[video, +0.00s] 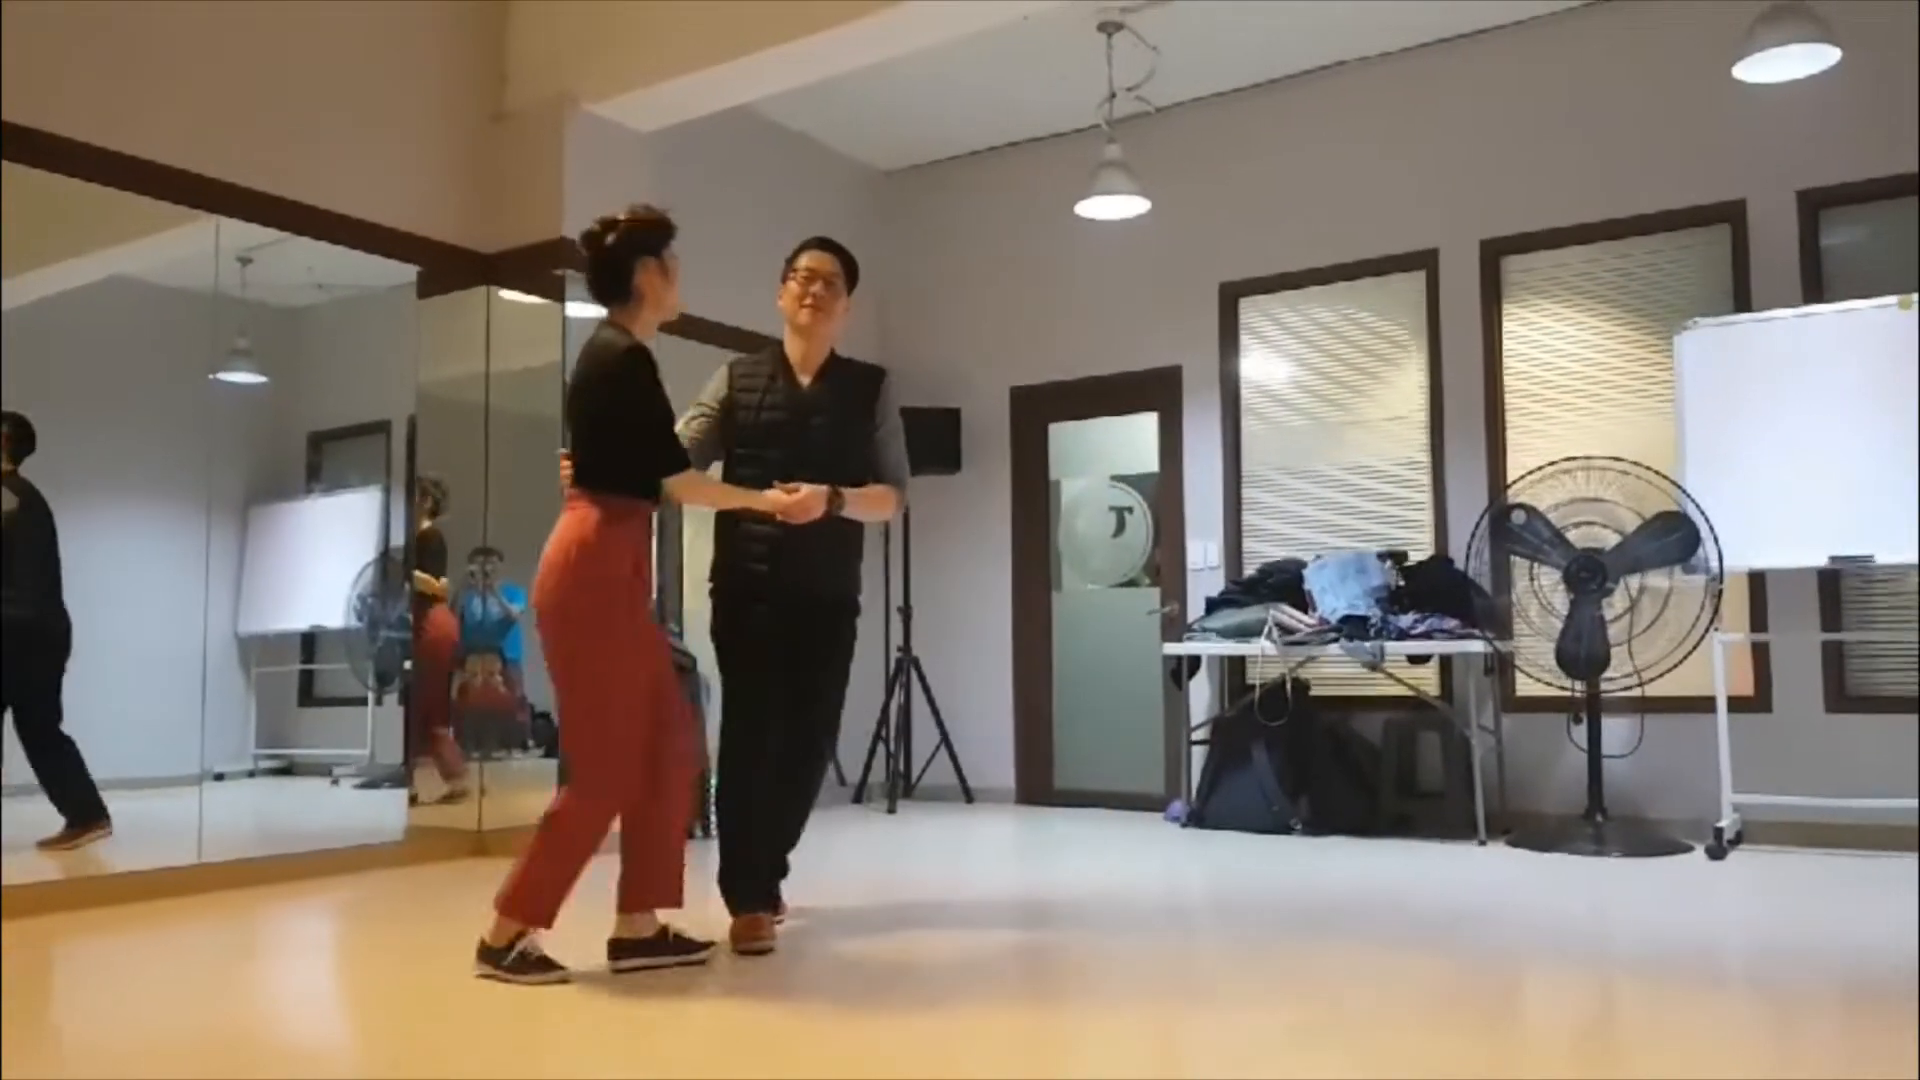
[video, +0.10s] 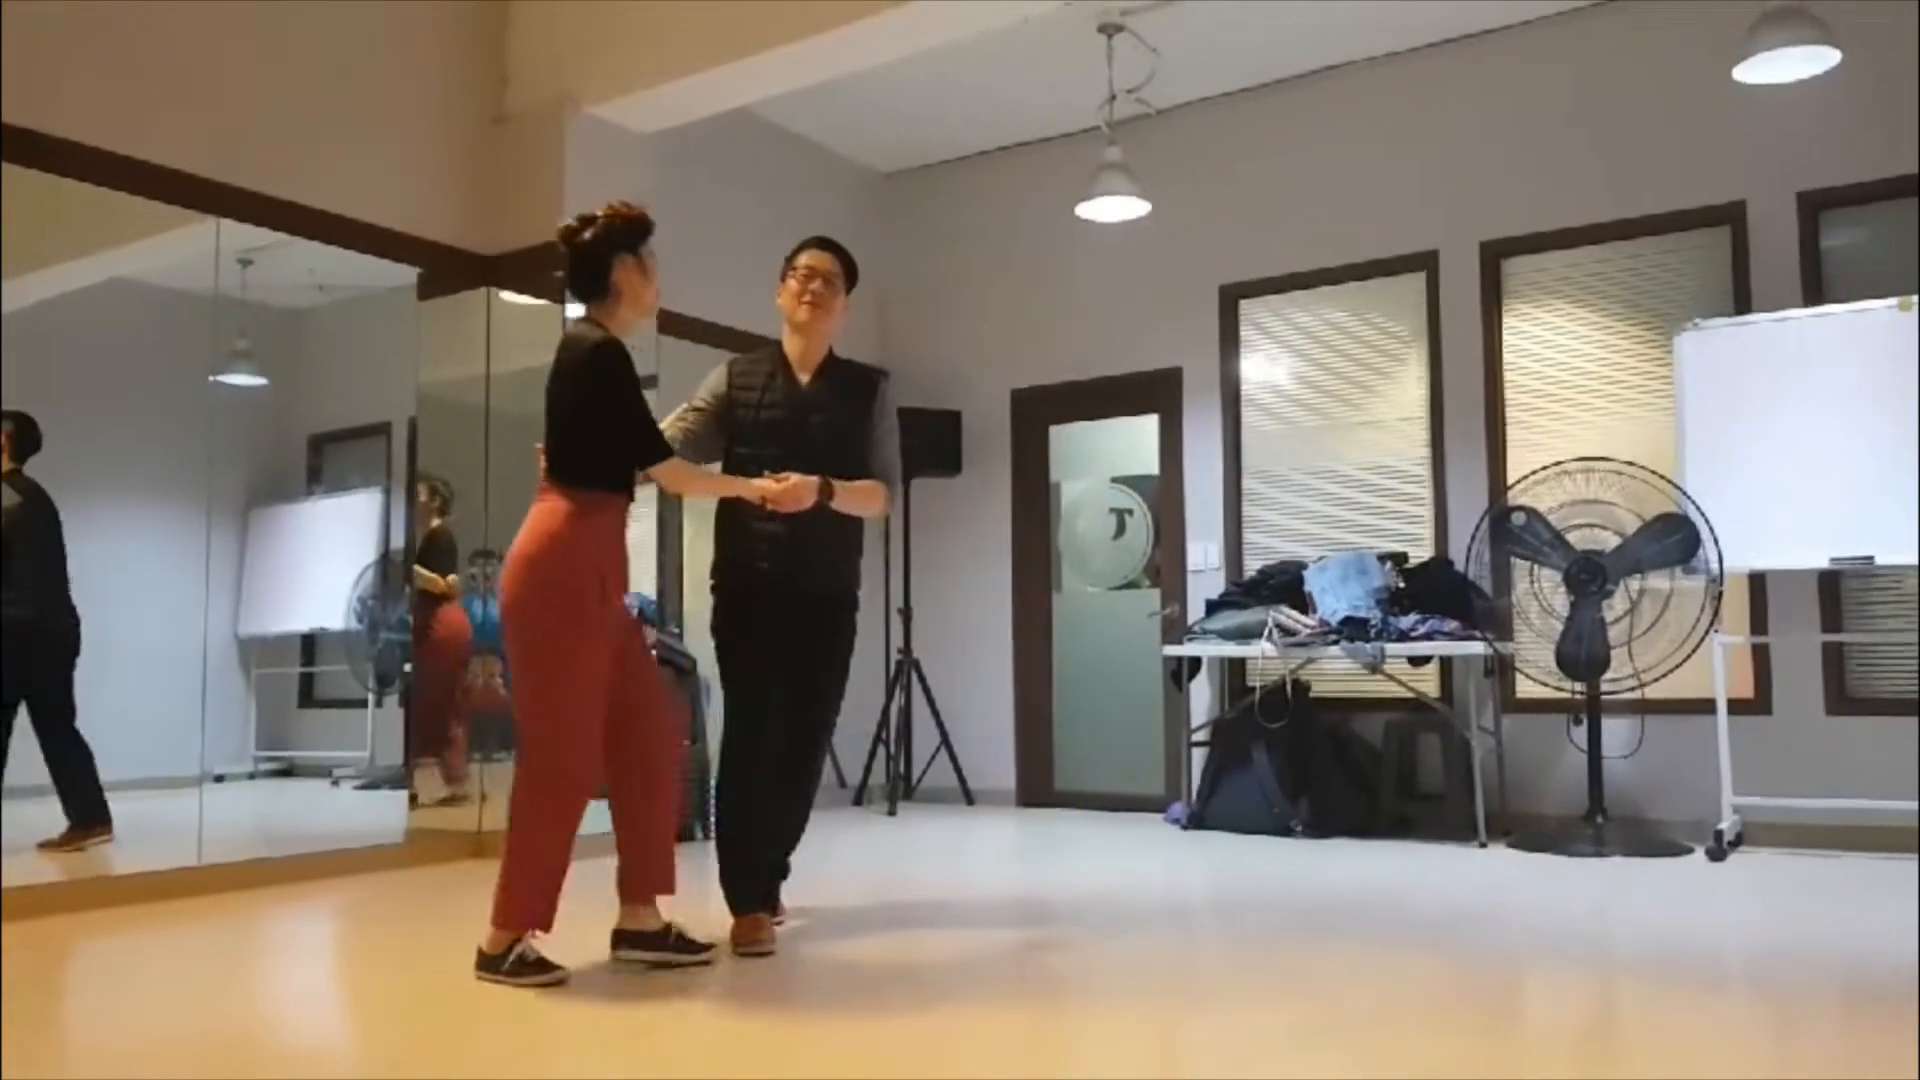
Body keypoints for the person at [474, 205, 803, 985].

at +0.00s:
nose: (679, 278)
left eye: (672, 265)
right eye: (670, 266)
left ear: (624, 280)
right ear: (645, 278)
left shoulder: (611, 358)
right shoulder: (622, 361)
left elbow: (643, 476)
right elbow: (673, 480)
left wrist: (743, 495)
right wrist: (766, 501)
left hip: (607, 572)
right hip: (593, 572)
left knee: (671, 738)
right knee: (609, 759)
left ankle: (640, 926)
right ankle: (507, 935)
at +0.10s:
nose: (657, 282)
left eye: (651, 267)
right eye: (649, 268)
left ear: (606, 279)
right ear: (624, 276)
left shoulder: (588, 356)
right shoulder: (597, 358)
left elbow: (558, 461)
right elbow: (669, 472)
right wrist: (755, 487)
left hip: (587, 570)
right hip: (561, 570)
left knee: (649, 727)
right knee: (560, 752)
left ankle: (642, 920)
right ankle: (505, 939)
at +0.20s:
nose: (646, 275)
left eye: (641, 260)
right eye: (637, 261)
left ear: (596, 269)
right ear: (607, 268)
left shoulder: (564, 346)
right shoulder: (579, 348)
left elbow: (533, 455)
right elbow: (652, 457)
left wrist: (611, 474)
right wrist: (746, 469)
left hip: (572, 572)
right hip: (537, 570)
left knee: (645, 724)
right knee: (535, 748)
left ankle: (636, 908)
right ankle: (502, 941)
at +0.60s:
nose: (655, 290)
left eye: (650, 277)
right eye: (646, 277)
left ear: (604, 290)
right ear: (619, 287)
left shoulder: (595, 366)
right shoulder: (593, 368)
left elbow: (572, 478)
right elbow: (632, 486)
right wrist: (726, 498)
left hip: (589, 576)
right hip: (570, 575)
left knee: (625, 751)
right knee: (585, 752)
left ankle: (564, 921)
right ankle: (511, 935)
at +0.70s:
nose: (669, 281)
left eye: (663, 268)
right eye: (662, 268)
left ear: (615, 281)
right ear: (640, 277)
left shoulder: (602, 357)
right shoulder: (612, 361)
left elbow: (597, 471)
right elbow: (632, 479)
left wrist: (679, 468)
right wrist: (728, 485)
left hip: (582, 565)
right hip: (589, 570)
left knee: (604, 738)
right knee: (634, 738)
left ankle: (571, 918)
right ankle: (542, 908)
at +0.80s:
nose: (688, 283)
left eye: (683, 269)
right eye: (681, 269)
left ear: (633, 280)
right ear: (656, 277)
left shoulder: (615, 357)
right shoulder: (627, 364)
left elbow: (615, 472)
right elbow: (642, 480)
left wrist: (696, 464)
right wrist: (748, 482)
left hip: (590, 566)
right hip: (605, 572)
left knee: (608, 742)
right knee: (666, 736)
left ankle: (564, 922)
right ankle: (613, 921)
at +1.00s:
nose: (702, 287)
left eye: (697, 273)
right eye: (695, 273)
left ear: (647, 284)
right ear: (671, 281)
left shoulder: (628, 360)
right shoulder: (639, 367)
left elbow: (647, 477)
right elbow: (653, 486)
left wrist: (726, 463)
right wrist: (769, 493)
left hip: (614, 571)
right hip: (624, 578)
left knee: (633, 747)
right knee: (692, 739)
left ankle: (569, 922)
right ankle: (688, 934)